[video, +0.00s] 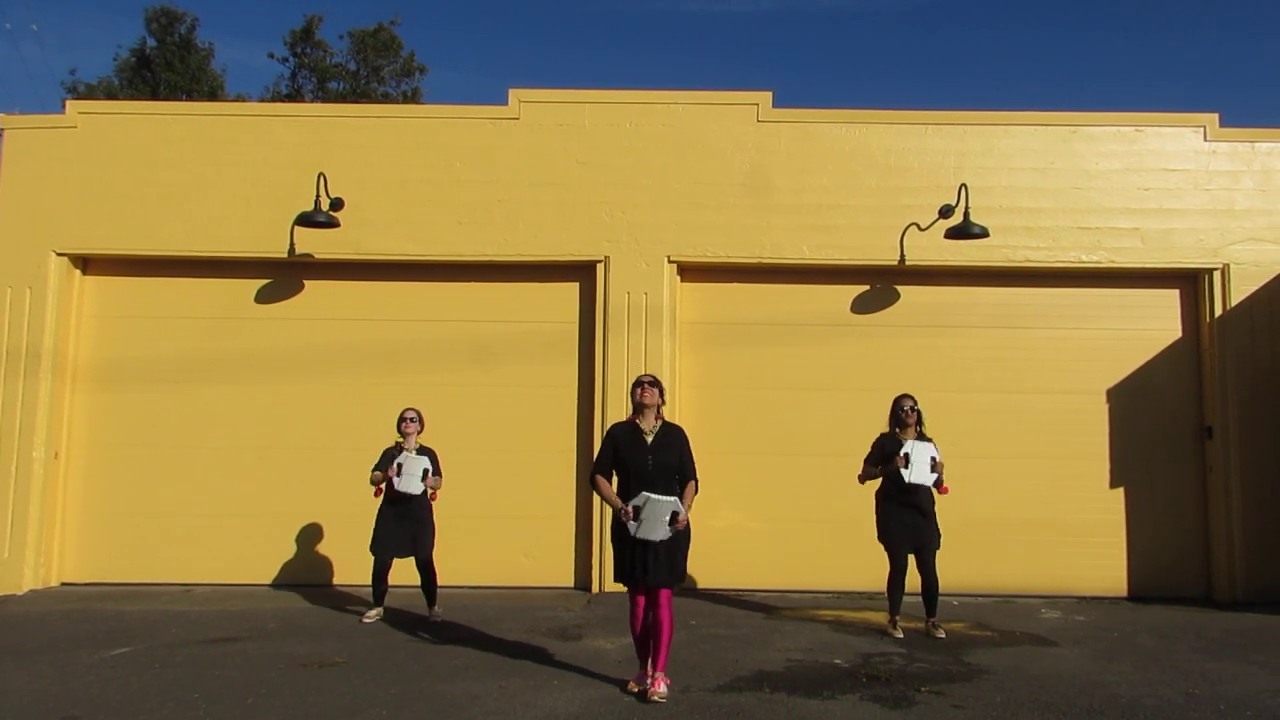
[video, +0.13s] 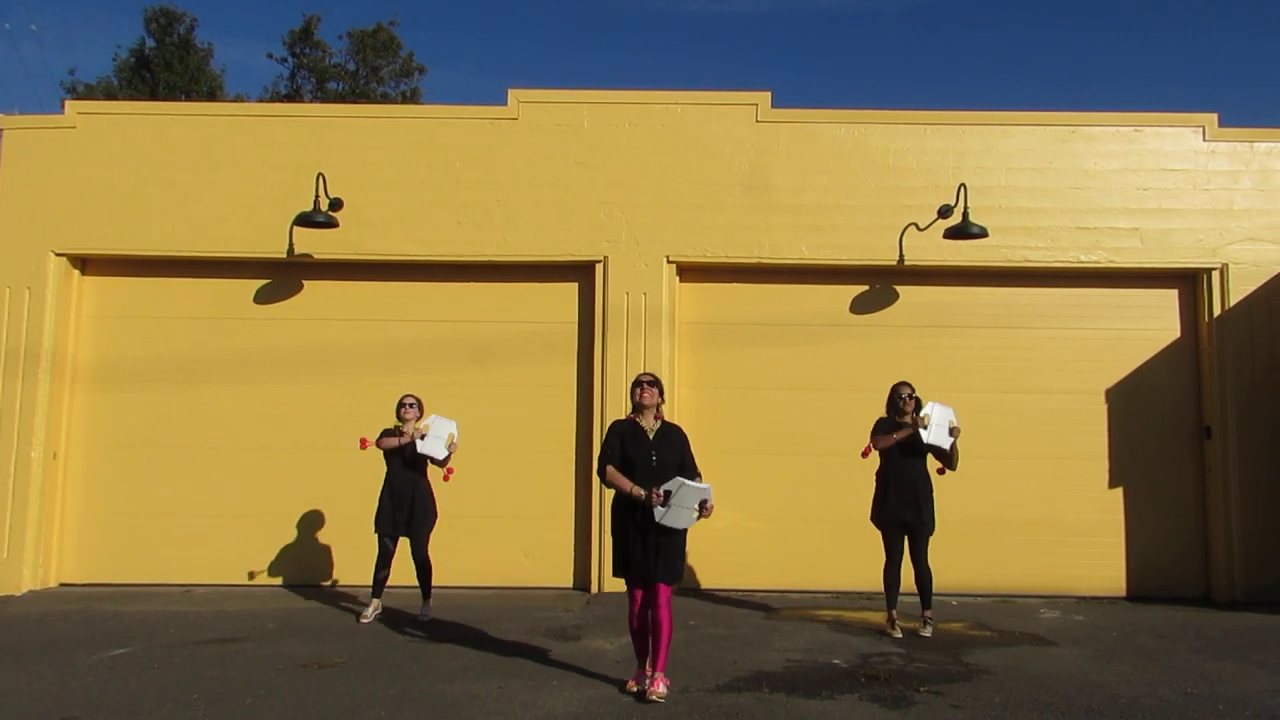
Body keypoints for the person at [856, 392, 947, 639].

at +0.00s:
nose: (908, 413)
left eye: (912, 409)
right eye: (903, 409)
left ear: (918, 413)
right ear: (895, 414)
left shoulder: (927, 444)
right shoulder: (885, 441)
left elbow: (938, 483)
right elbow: (863, 475)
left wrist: (937, 470)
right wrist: (891, 467)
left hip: (923, 514)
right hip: (893, 513)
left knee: (928, 569)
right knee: (898, 567)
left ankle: (931, 621)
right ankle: (894, 621)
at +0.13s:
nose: (906, 401)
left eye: (910, 396)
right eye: (900, 398)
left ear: (916, 400)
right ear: (892, 402)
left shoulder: (924, 427)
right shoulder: (885, 424)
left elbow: (950, 464)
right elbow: (878, 443)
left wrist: (953, 440)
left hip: (919, 501)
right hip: (890, 501)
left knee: (920, 559)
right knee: (893, 558)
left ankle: (927, 615)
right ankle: (891, 616)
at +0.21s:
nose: (904, 402)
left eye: (909, 398)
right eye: (899, 398)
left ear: (915, 403)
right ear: (888, 402)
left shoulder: (921, 431)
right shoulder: (881, 425)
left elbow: (960, 448)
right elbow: (893, 420)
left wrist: (965, 418)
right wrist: (922, 404)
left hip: (919, 502)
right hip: (889, 501)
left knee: (917, 559)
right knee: (893, 559)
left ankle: (921, 614)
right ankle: (892, 614)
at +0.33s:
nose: (905, 407)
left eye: (908, 403)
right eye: (901, 404)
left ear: (913, 407)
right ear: (891, 407)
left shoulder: (924, 434)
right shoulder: (884, 431)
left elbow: (964, 425)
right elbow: (897, 400)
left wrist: (971, 393)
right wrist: (934, 379)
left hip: (919, 506)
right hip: (890, 506)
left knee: (918, 562)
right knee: (893, 562)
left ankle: (921, 616)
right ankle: (891, 616)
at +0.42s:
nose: (909, 401)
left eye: (912, 398)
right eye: (904, 397)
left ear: (917, 403)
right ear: (895, 403)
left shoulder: (924, 428)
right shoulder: (886, 425)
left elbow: (959, 410)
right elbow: (892, 395)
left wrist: (962, 377)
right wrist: (922, 364)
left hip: (919, 503)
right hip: (889, 502)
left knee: (917, 560)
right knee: (892, 559)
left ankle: (921, 615)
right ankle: (891, 613)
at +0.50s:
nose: (910, 401)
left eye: (914, 397)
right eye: (906, 397)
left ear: (919, 402)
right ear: (896, 401)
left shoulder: (926, 424)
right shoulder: (886, 422)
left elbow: (949, 396)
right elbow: (885, 393)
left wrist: (946, 362)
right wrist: (903, 356)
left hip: (918, 498)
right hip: (887, 497)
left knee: (919, 557)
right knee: (891, 556)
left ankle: (920, 612)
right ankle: (890, 610)